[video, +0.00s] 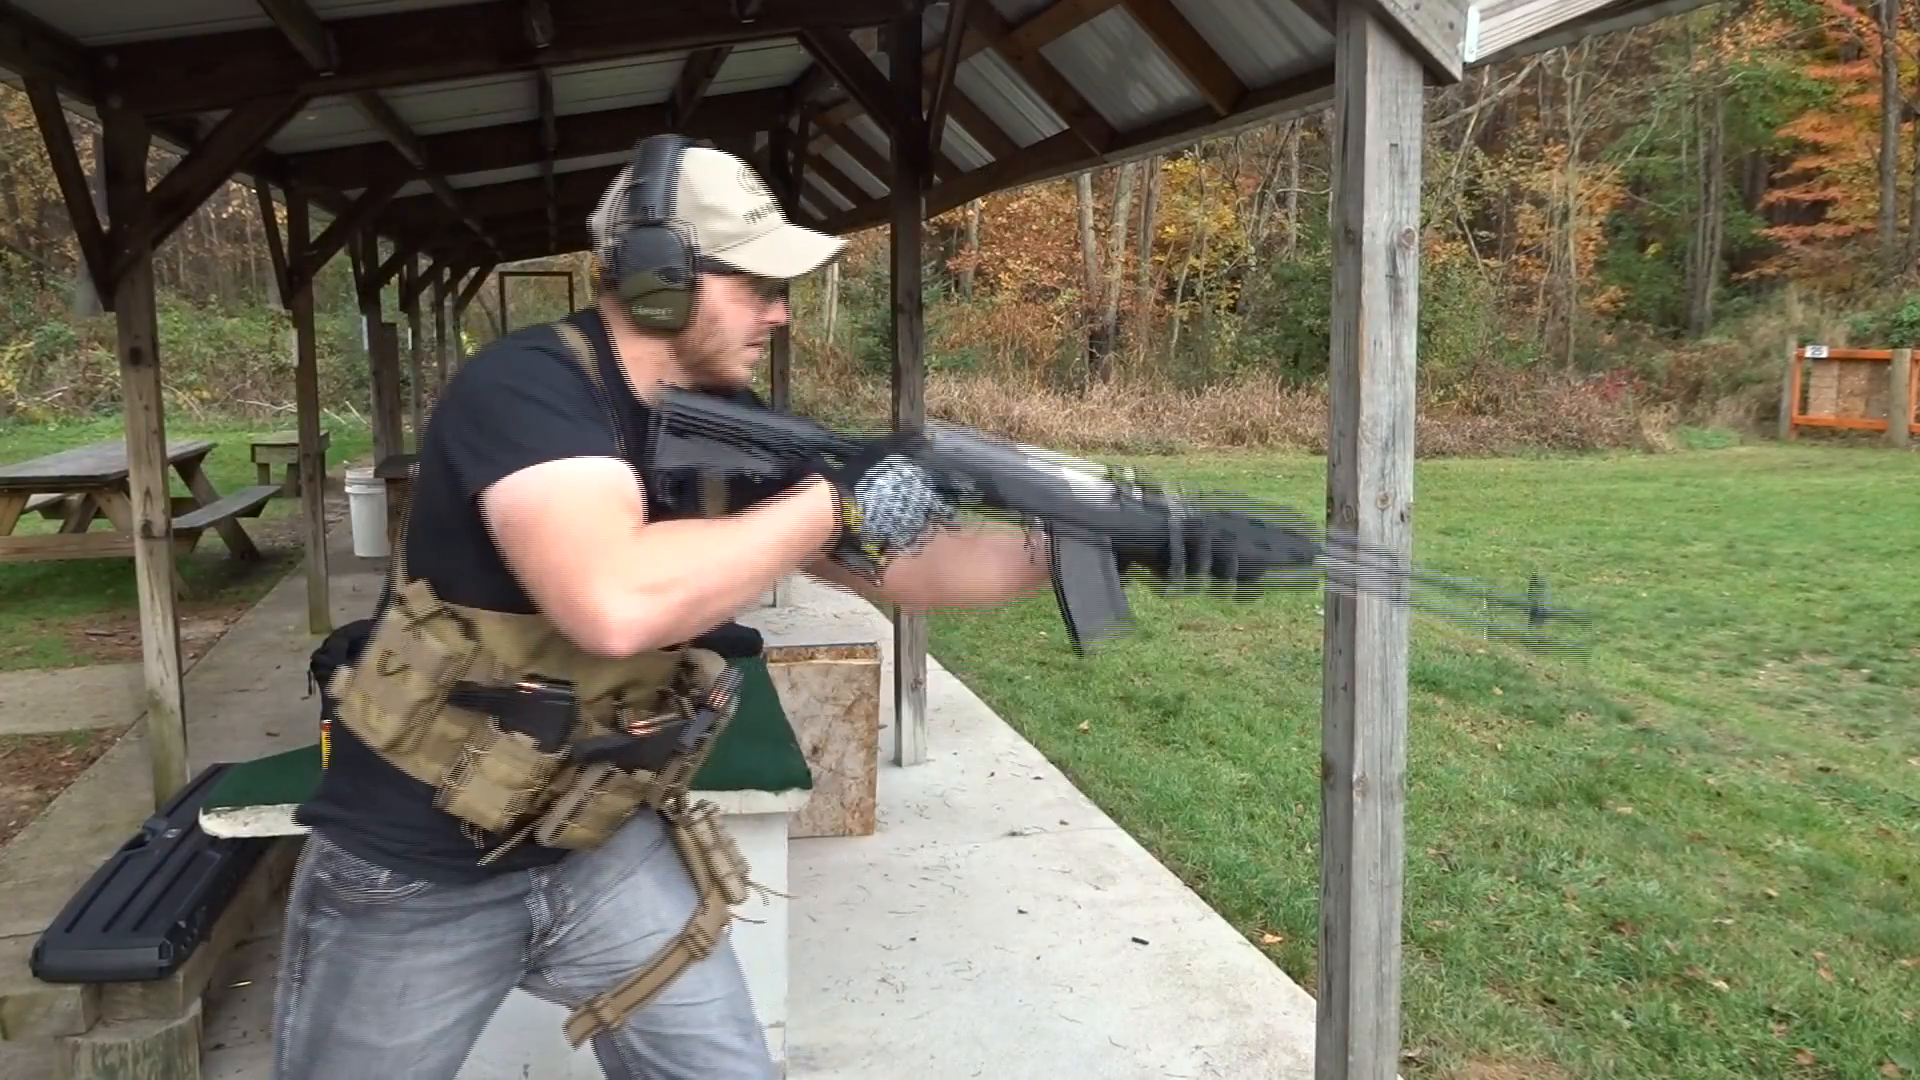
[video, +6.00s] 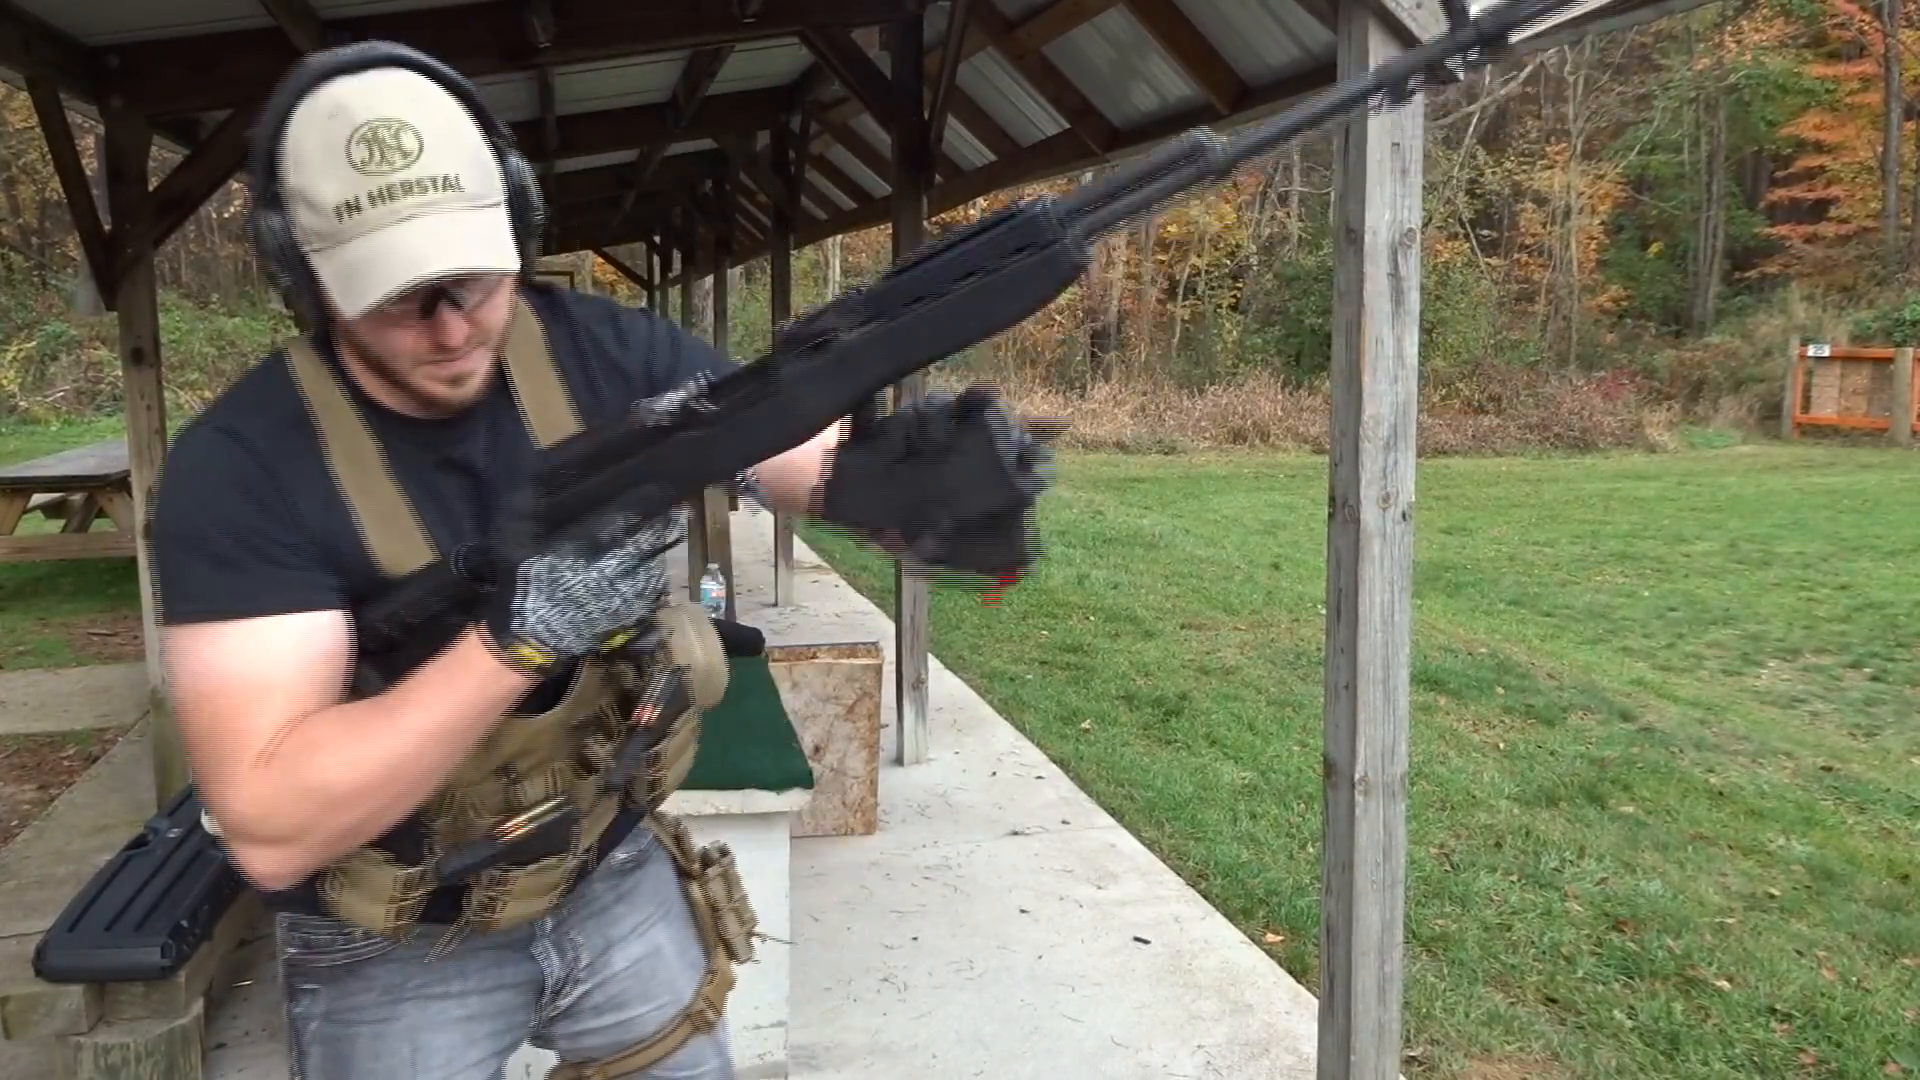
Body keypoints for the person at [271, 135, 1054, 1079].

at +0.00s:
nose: (781, 318)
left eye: (782, 293)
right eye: (759, 291)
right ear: (669, 279)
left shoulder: (714, 427)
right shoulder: (517, 388)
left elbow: (891, 564)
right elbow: (617, 602)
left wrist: (1077, 543)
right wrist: (833, 505)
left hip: (608, 845)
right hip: (415, 874)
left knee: (730, 1063)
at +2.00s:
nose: (671, 349)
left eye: (677, 327)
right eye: (644, 324)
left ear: (670, 306)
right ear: (547, 300)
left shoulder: (632, 394)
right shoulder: (399, 378)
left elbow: (839, 480)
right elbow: (494, 597)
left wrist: (1021, 405)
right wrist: (692, 427)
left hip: (580, 843)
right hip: (387, 885)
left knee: (702, 1064)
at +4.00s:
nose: (633, 351)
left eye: (642, 326)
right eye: (605, 325)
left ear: (649, 298)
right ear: (504, 296)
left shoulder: (613, 399)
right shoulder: (363, 380)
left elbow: (815, 480)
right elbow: (452, 601)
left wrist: (991, 396)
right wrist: (662, 430)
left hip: (573, 849)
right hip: (378, 895)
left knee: (699, 1065)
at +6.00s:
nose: (456, 329)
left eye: (473, 278)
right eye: (404, 301)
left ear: (510, 227)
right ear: (311, 286)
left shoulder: (601, 348)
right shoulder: (240, 472)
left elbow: (818, 456)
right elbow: (270, 826)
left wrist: (939, 478)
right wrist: (519, 639)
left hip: (619, 883)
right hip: (395, 950)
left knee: (691, 1067)